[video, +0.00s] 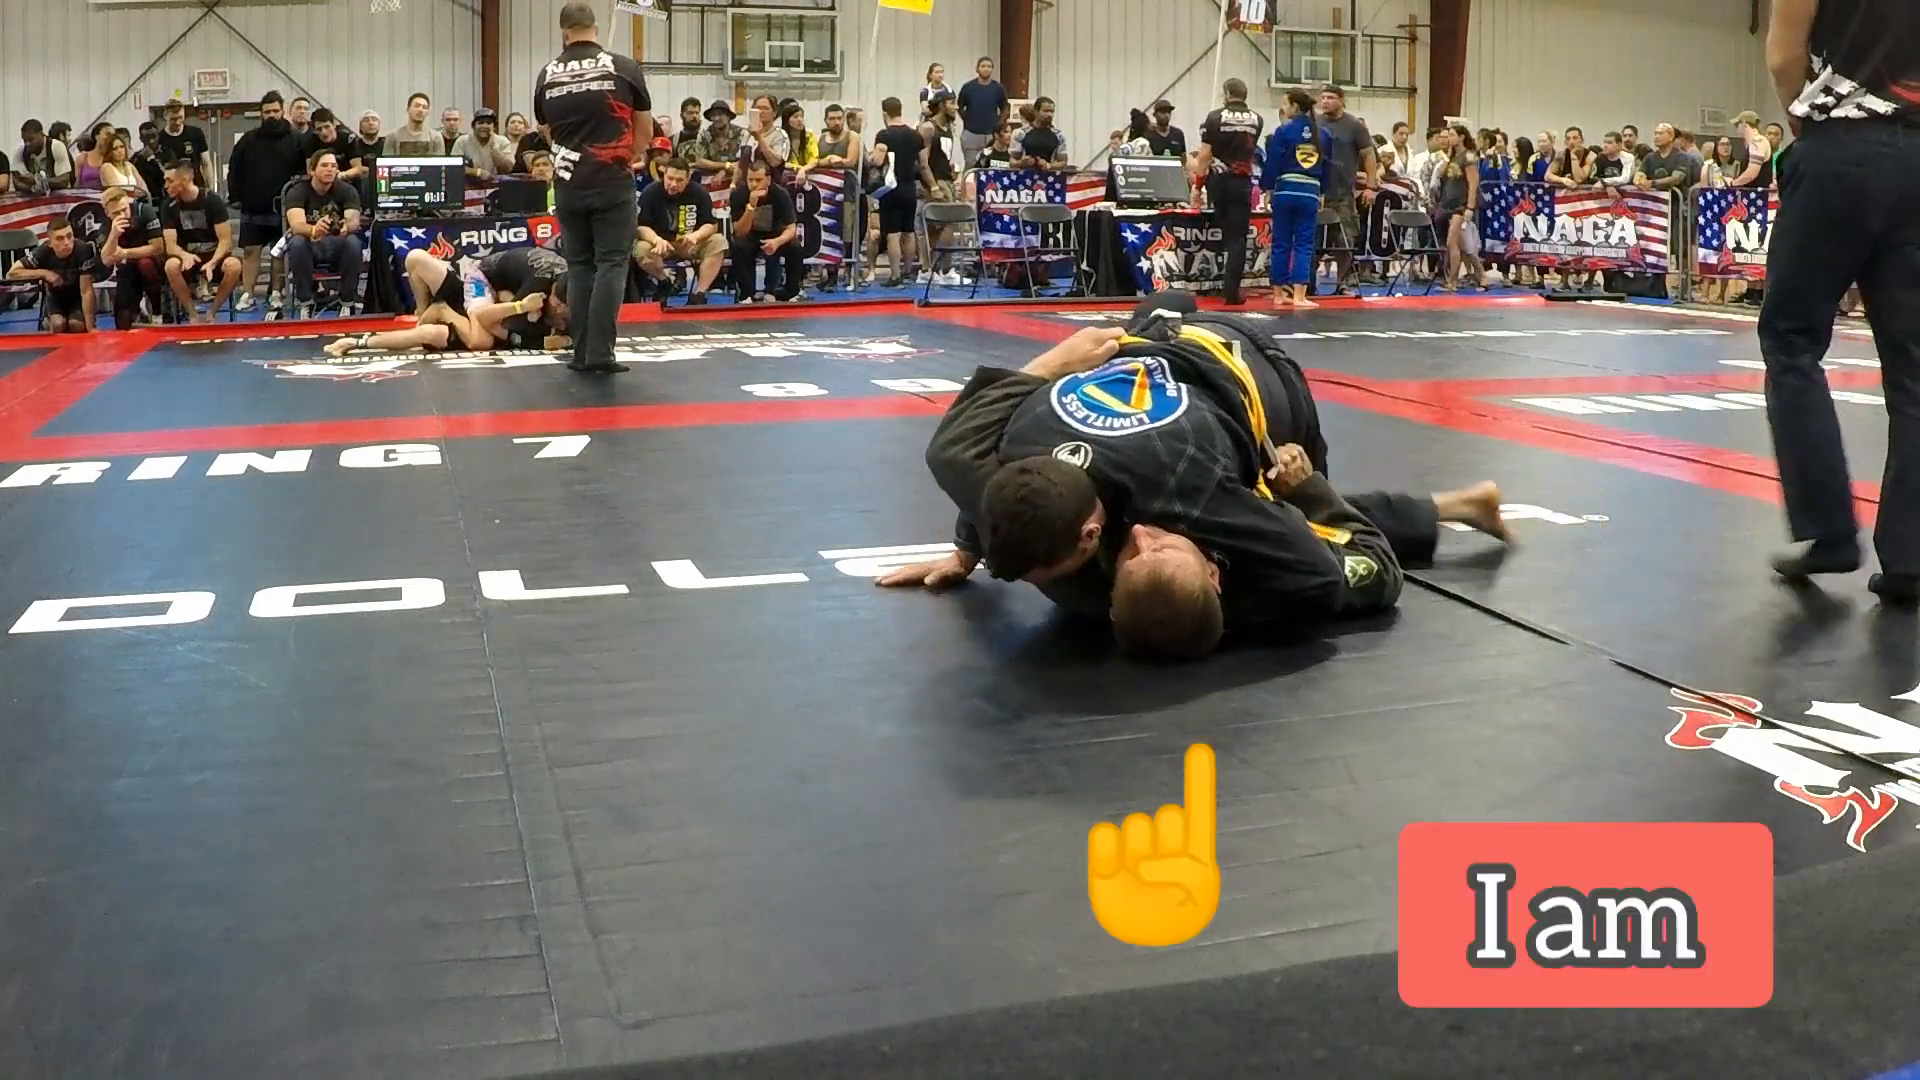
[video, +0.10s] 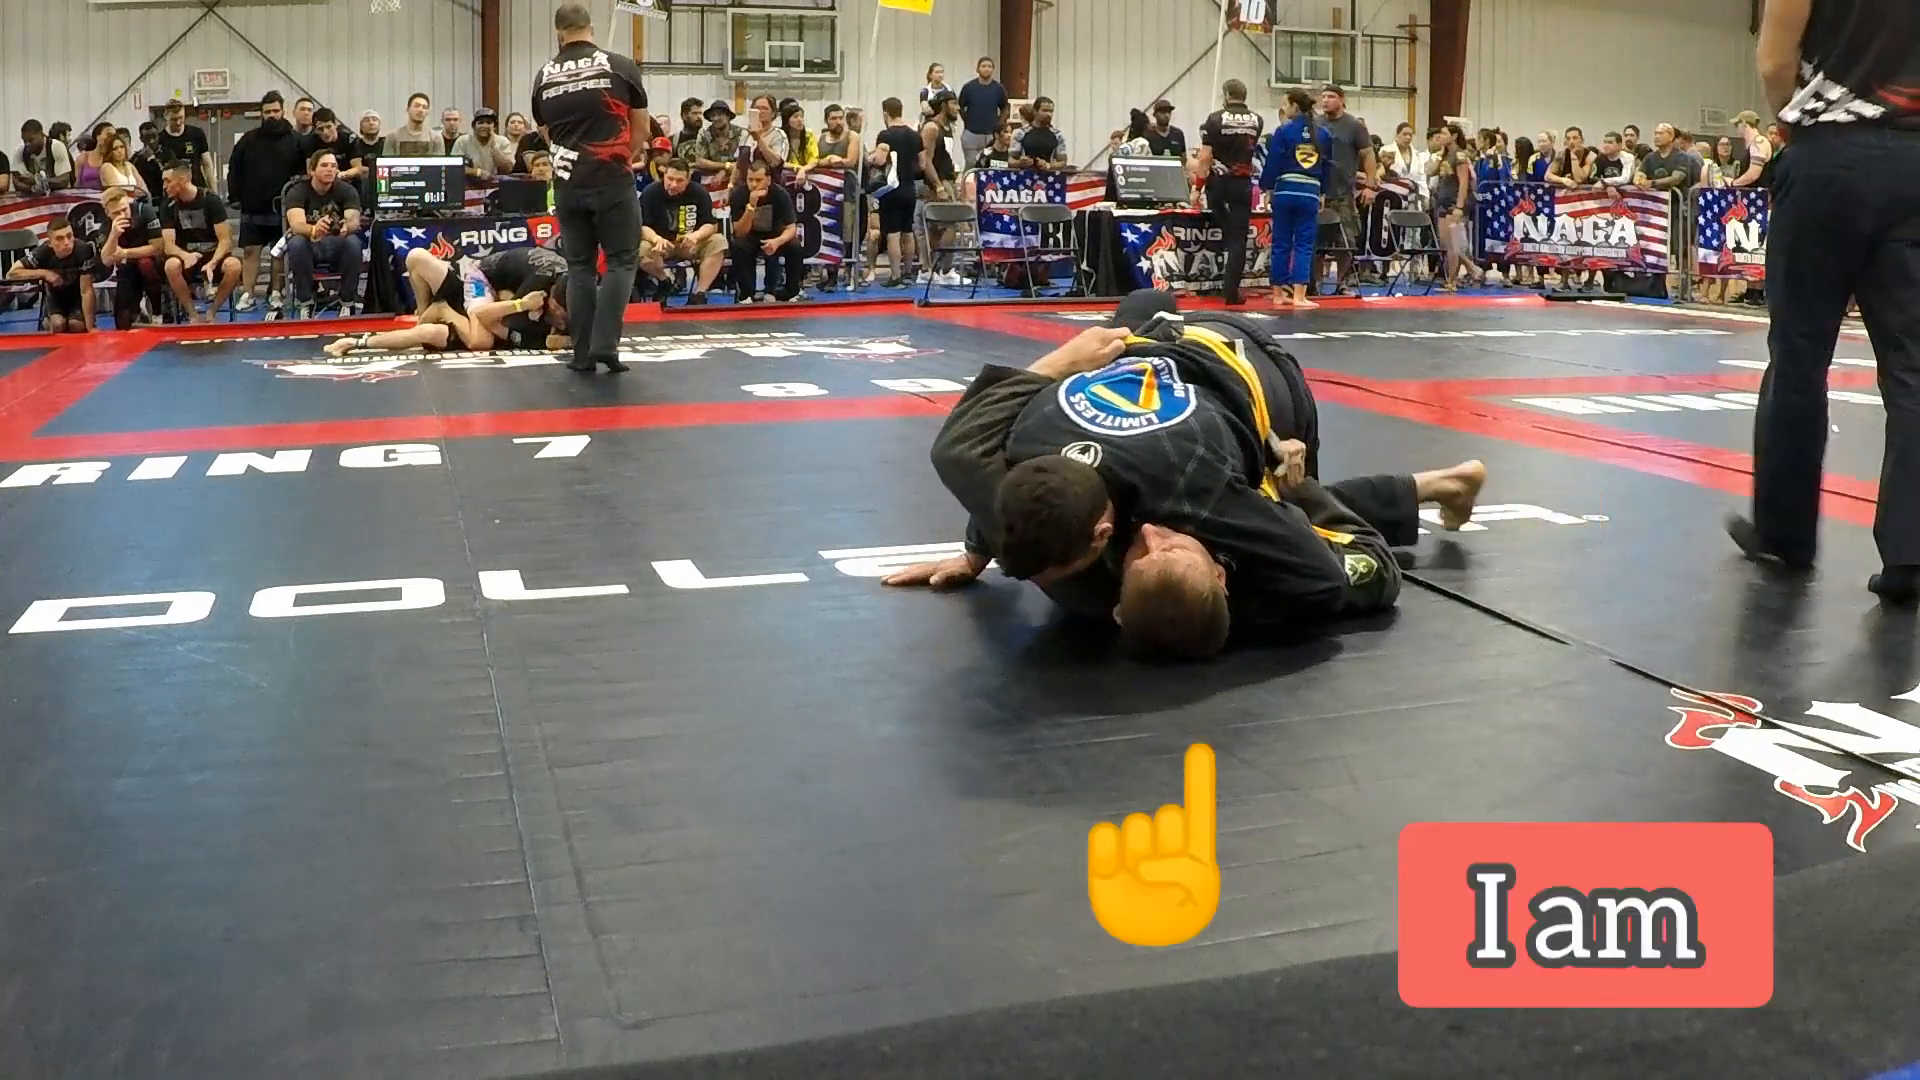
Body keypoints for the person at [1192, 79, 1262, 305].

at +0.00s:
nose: (1226, 96)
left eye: (1225, 93)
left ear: (1226, 95)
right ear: (1245, 96)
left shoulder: (1214, 117)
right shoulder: (1256, 119)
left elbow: (1204, 155)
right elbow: (1250, 149)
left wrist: (1197, 185)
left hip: (1218, 178)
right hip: (1242, 180)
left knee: (1230, 233)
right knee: (1238, 237)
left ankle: (1233, 285)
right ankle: (1232, 292)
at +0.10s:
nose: (1223, 98)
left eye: (1224, 95)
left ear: (1226, 96)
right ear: (1245, 96)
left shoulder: (1214, 119)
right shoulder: (1256, 120)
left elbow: (1205, 157)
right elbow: (1251, 148)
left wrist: (1197, 186)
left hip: (1218, 179)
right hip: (1242, 181)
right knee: (1237, 238)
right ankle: (1231, 292)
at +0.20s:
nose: (1221, 99)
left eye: (1222, 96)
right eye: (1225, 95)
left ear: (1225, 97)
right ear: (1244, 97)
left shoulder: (1213, 122)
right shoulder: (1256, 120)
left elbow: (1205, 160)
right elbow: (1253, 148)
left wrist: (1195, 188)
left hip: (1218, 179)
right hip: (1243, 182)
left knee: (1211, 198)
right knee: (1238, 239)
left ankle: (1228, 234)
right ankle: (1231, 292)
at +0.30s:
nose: (1218, 99)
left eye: (1219, 96)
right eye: (1220, 95)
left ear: (1223, 97)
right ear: (1241, 95)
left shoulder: (1214, 122)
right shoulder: (1255, 118)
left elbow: (1205, 159)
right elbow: (1258, 147)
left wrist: (1195, 187)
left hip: (1219, 178)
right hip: (1244, 180)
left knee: (1211, 199)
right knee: (1239, 238)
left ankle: (1228, 227)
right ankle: (1231, 292)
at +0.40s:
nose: (1216, 100)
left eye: (1217, 96)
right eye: (1217, 96)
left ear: (1222, 97)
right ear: (1239, 96)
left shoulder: (1215, 122)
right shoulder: (1255, 118)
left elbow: (1205, 159)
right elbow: (1258, 145)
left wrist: (1196, 186)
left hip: (1220, 178)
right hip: (1244, 180)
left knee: (1211, 199)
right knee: (1239, 238)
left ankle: (1230, 228)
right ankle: (1232, 293)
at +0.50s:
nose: (1216, 99)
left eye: (1217, 96)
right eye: (1217, 96)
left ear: (1222, 97)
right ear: (1239, 96)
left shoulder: (1216, 122)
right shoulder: (1255, 118)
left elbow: (1208, 159)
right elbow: (1256, 149)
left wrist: (1198, 186)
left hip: (1220, 179)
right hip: (1245, 181)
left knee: (1212, 200)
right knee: (1239, 238)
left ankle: (1231, 228)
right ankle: (1232, 293)